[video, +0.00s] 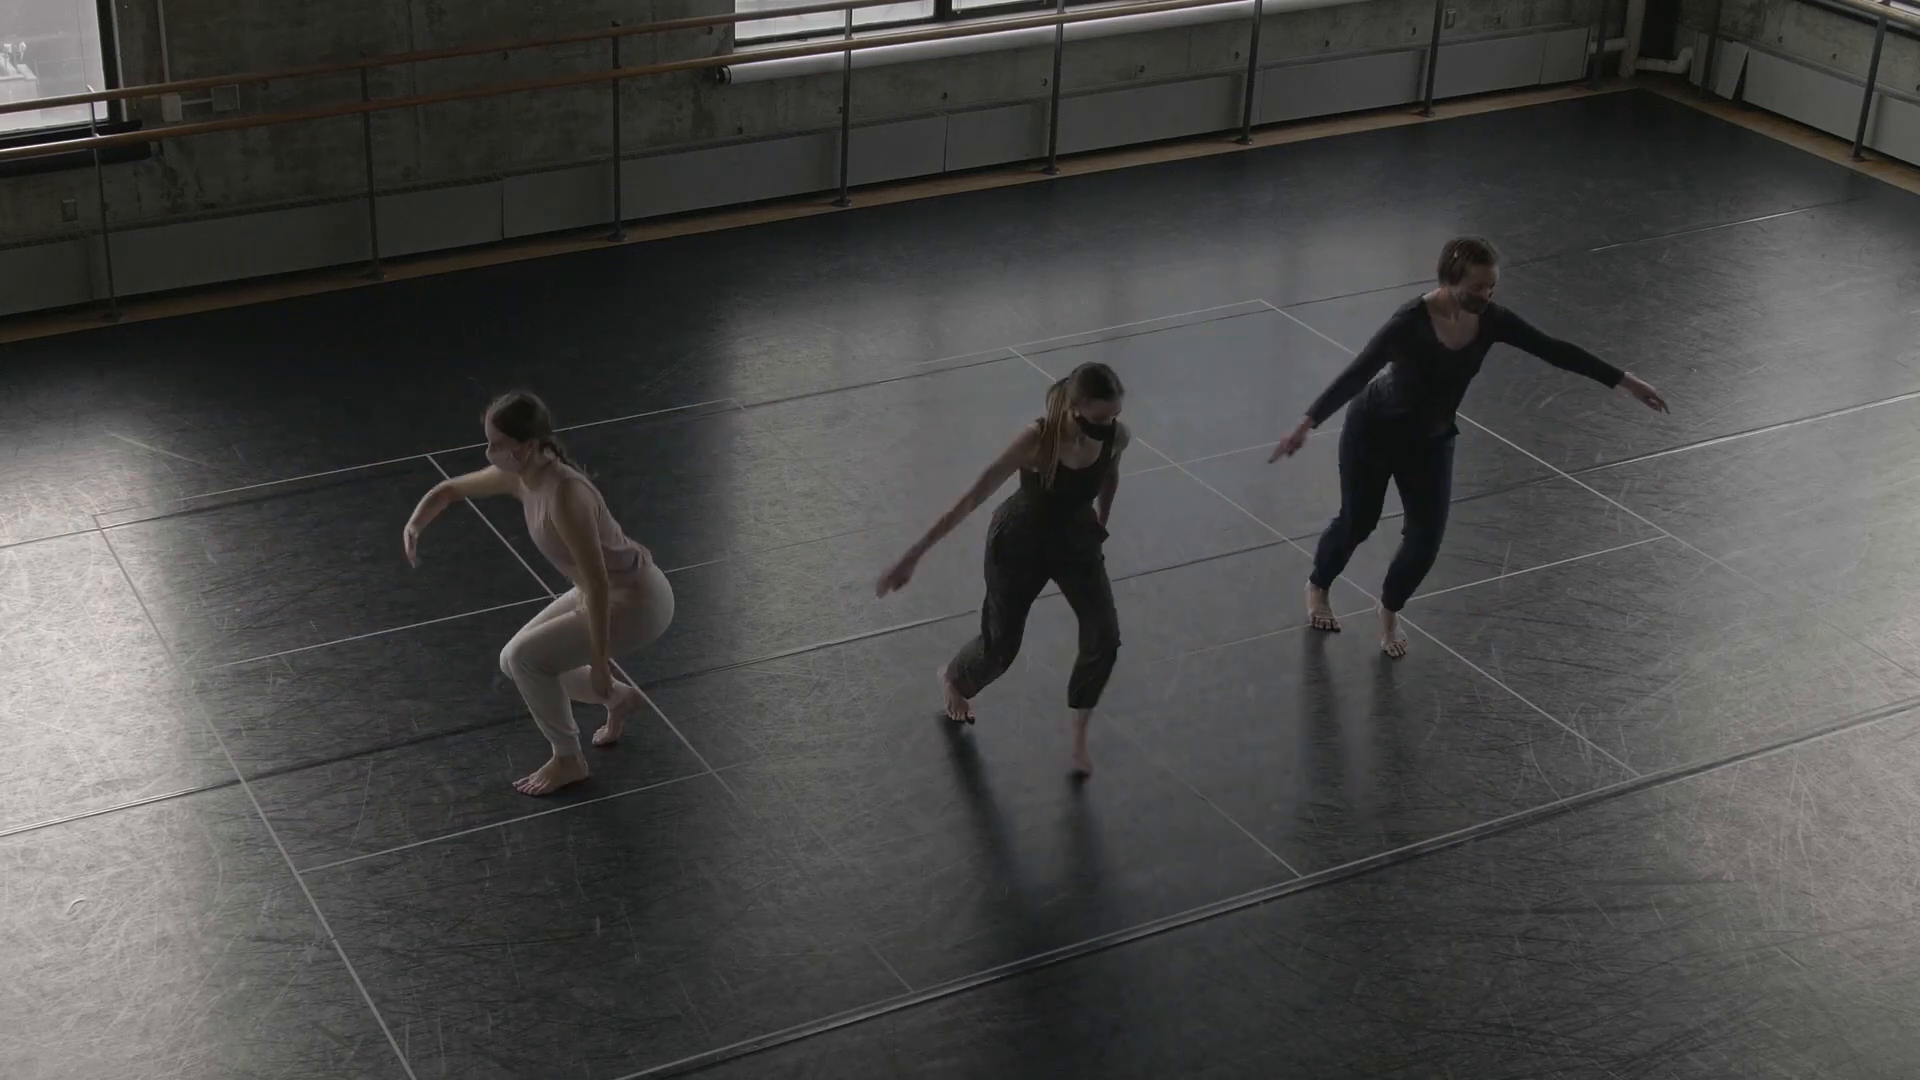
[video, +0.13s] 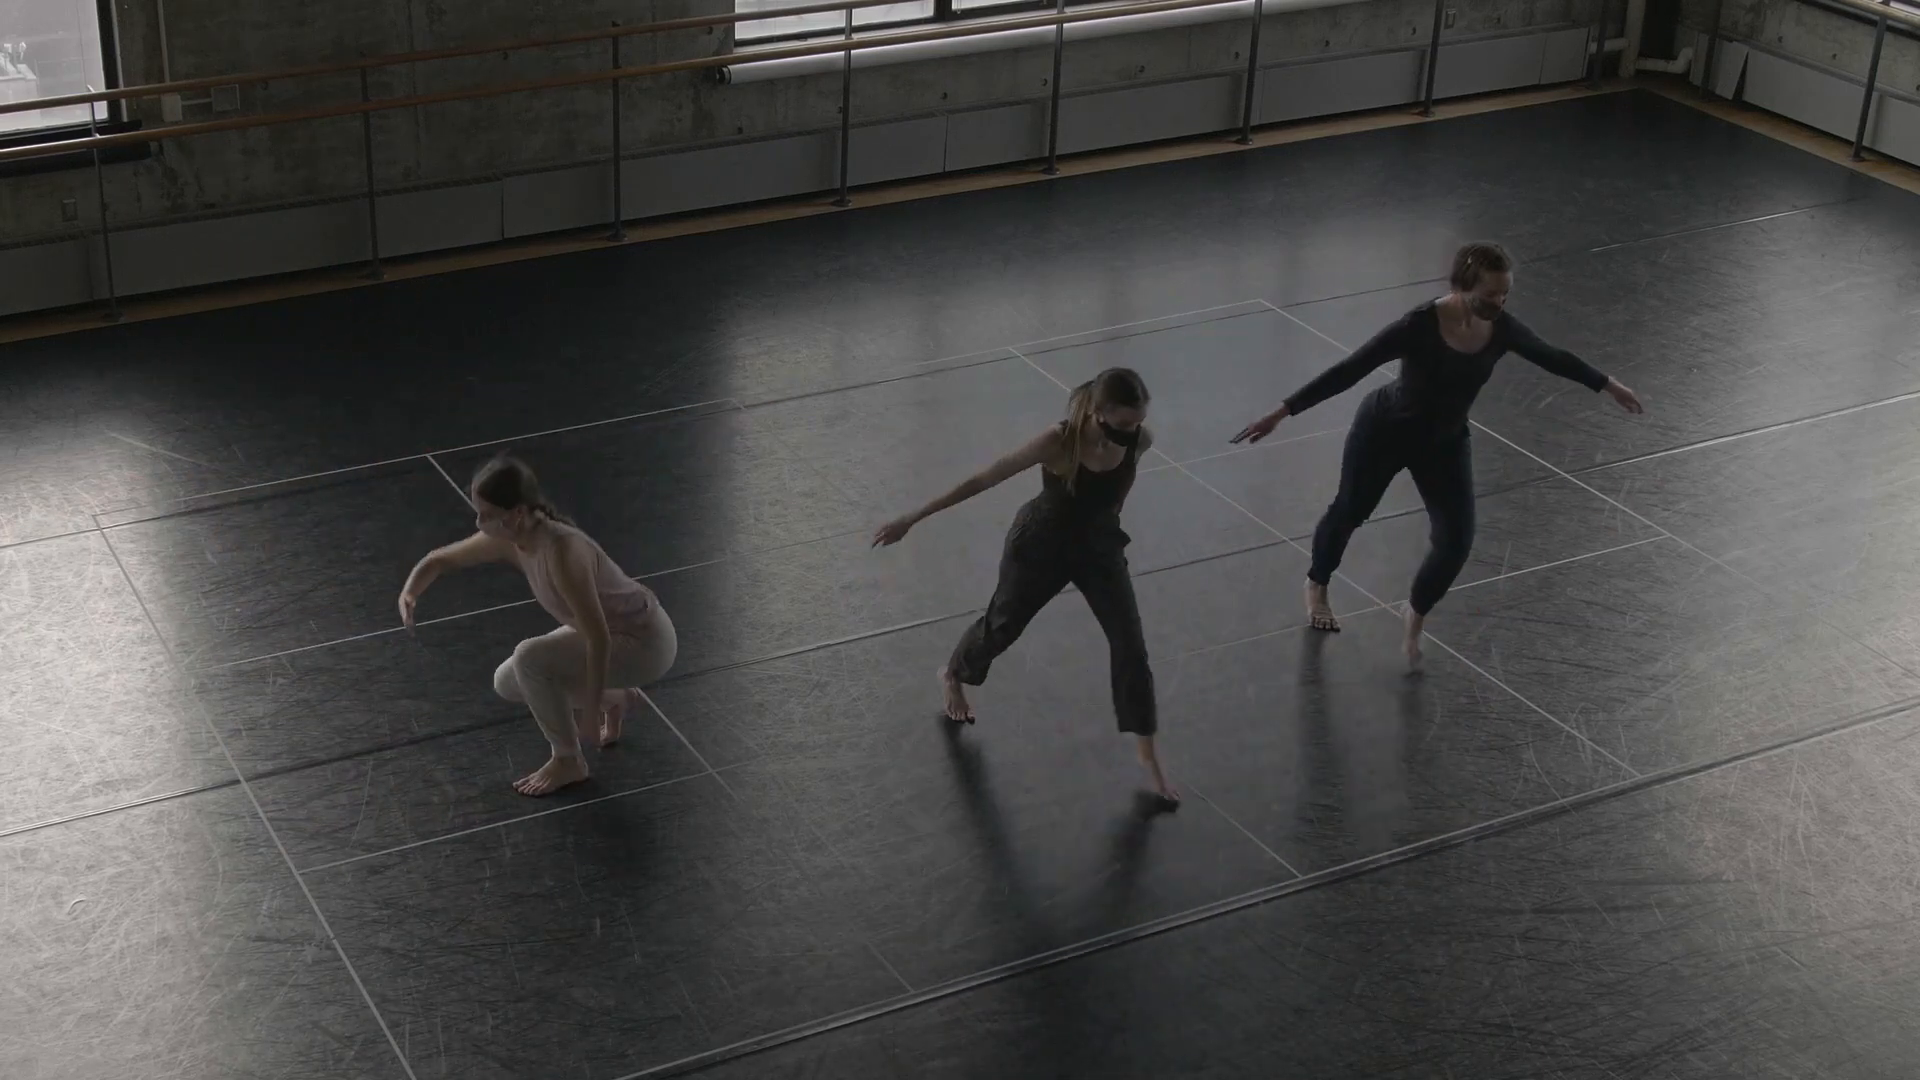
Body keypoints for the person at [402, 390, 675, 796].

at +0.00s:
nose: (488, 454)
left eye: (495, 446)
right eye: (488, 444)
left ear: (526, 448)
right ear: (520, 447)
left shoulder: (567, 497)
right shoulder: (519, 474)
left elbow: (596, 586)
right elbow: (448, 489)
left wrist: (601, 669)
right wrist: (414, 525)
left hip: (634, 606)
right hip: (598, 591)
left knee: (526, 659)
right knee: (513, 658)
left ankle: (568, 759)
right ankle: (618, 696)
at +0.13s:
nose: (479, 525)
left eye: (485, 516)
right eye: (477, 516)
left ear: (517, 515)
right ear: (513, 515)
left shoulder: (565, 551)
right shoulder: (510, 539)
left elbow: (598, 637)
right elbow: (439, 559)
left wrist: (590, 713)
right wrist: (409, 592)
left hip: (643, 643)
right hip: (602, 636)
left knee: (530, 657)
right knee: (506, 681)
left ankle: (568, 760)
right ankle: (616, 699)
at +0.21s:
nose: (472, 563)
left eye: (478, 554)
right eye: (470, 554)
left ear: (509, 549)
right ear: (506, 550)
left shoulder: (559, 582)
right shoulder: (513, 569)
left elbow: (598, 666)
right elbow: (442, 599)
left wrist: (584, 753)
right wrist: (411, 629)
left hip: (645, 662)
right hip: (613, 654)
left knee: (532, 656)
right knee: (504, 684)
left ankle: (568, 761)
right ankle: (607, 711)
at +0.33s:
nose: (457, 560)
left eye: (461, 551)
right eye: (454, 551)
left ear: (491, 542)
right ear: (486, 541)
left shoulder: (542, 570)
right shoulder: (500, 552)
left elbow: (587, 652)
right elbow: (430, 595)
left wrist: (591, 722)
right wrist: (382, 636)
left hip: (637, 638)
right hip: (613, 631)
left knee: (521, 657)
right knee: (505, 681)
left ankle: (567, 759)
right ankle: (613, 698)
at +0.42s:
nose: (449, 530)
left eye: (453, 522)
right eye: (446, 522)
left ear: (485, 514)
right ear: (485, 513)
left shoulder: (536, 544)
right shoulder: (497, 524)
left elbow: (585, 619)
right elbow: (428, 566)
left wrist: (585, 691)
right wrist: (366, 608)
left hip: (631, 616)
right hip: (612, 602)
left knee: (515, 656)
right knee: (515, 675)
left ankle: (563, 757)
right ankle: (616, 695)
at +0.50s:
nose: (443, 496)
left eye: (446, 487)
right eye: (439, 488)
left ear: (477, 479)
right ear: (474, 476)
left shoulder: (531, 510)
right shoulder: (490, 494)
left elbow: (582, 590)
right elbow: (435, 538)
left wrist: (584, 671)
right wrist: (366, 572)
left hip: (624, 591)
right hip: (597, 579)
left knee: (512, 650)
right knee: (528, 661)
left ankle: (561, 754)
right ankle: (618, 694)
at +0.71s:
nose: (434, 419)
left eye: (439, 410)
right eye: (430, 411)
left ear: (466, 398)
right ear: (464, 397)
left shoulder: (521, 437)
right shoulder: (480, 420)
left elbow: (565, 522)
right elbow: (480, 469)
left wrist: (569, 604)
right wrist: (455, 502)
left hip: (600, 543)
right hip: (563, 538)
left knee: (512, 640)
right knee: (552, 643)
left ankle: (554, 749)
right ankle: (628, 696)